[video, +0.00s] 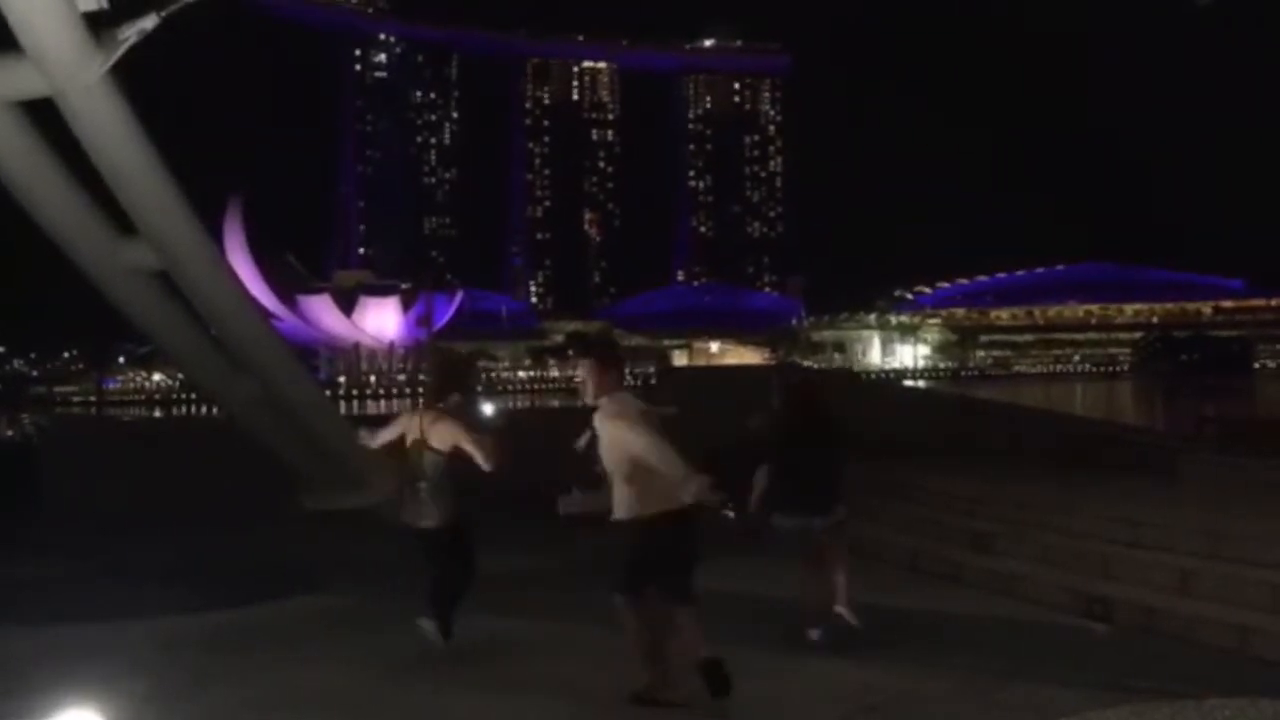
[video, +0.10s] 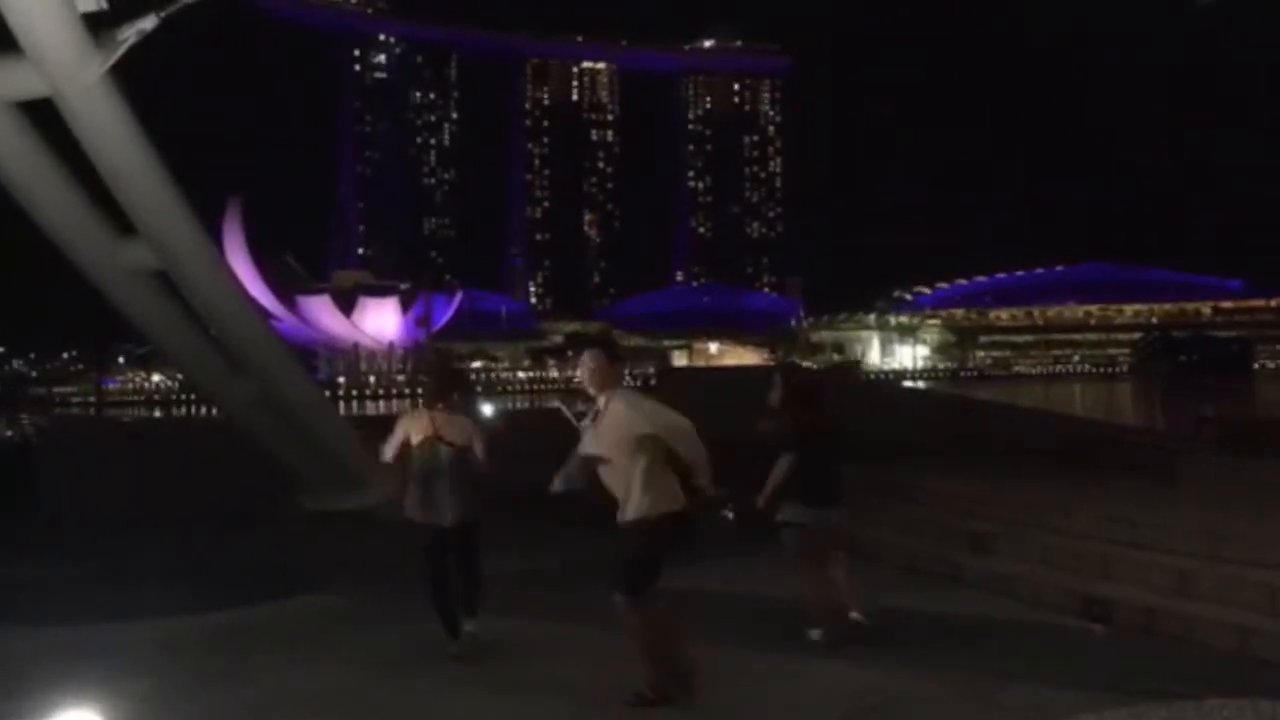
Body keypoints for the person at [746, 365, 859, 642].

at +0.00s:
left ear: (783, 401)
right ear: (818, 400)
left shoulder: (779, 427)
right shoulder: (829, 428)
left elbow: (765, 470)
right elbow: (840, 470)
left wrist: (753, 504)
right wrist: (841, 503)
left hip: (788, 509)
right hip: (824, 508)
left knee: (806, 565)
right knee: (835, 552)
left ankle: (813, 623)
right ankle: (840, 604)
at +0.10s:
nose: (771, 396)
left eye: (776, 389)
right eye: (772, 388)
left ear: (790, 393)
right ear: (815, 394)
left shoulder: (793, 423)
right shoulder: (829, 421)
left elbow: (785, 463)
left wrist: (764, 496)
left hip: (800, 505)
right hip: (831, 503)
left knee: (807, 567)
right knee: (835, 558)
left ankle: (819, 622)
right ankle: (851, 608)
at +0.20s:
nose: (769, 393)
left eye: (775, 387)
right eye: (770, 386)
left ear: (790, 390)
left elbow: (810, 459)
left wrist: (787, 493)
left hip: (811, 503)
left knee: (811, 564)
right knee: (816, 563)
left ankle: (816, 615)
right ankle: (825, 613)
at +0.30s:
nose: (774, 401)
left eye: (780, 394)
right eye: (773, 394)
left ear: (794, 397)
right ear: (770, 395)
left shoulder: (809, 427)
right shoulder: (775, 427)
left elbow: (828, 467)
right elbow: (764, 464)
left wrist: (804, 497)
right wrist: (752, 490)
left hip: (814, 505)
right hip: (788, 502)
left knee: (811, 560)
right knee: (798, 559)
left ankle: (822, 613)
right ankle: (811, 609)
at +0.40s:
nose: (780, 407)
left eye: (786, 401)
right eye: (776, 400)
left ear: (796, 404)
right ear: (769, 404)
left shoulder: (809, 434)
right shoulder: (766, 433)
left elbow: (826, 476)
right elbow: (755, 461)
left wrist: (798, 497)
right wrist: (756, 483)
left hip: (812, 504)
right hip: (780, 500)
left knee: (805, 557)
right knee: (776, 553)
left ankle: (818, 613)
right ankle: (797, 601)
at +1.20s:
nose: (764, 417)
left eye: (770, 411)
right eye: (761, 411)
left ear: (781, 415)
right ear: (756, 414)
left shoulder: (791, 444)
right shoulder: (747, 443)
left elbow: (822, 464)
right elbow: (732, 483)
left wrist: (825, 496)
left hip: (780, 511)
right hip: (746, 510)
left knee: (772, 564)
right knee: (743, 563)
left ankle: (799, 613)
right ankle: (758, 615)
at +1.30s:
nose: (762, 417)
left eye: (768, 412)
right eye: (761, 412)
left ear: (781, 417)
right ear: (755, 415)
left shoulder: (790, 445)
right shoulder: (746, 445)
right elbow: (730, 484)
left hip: (780, 514)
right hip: (746, 513)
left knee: (781, 564)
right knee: (748, 566)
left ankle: (793, 612)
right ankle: (758, 615)